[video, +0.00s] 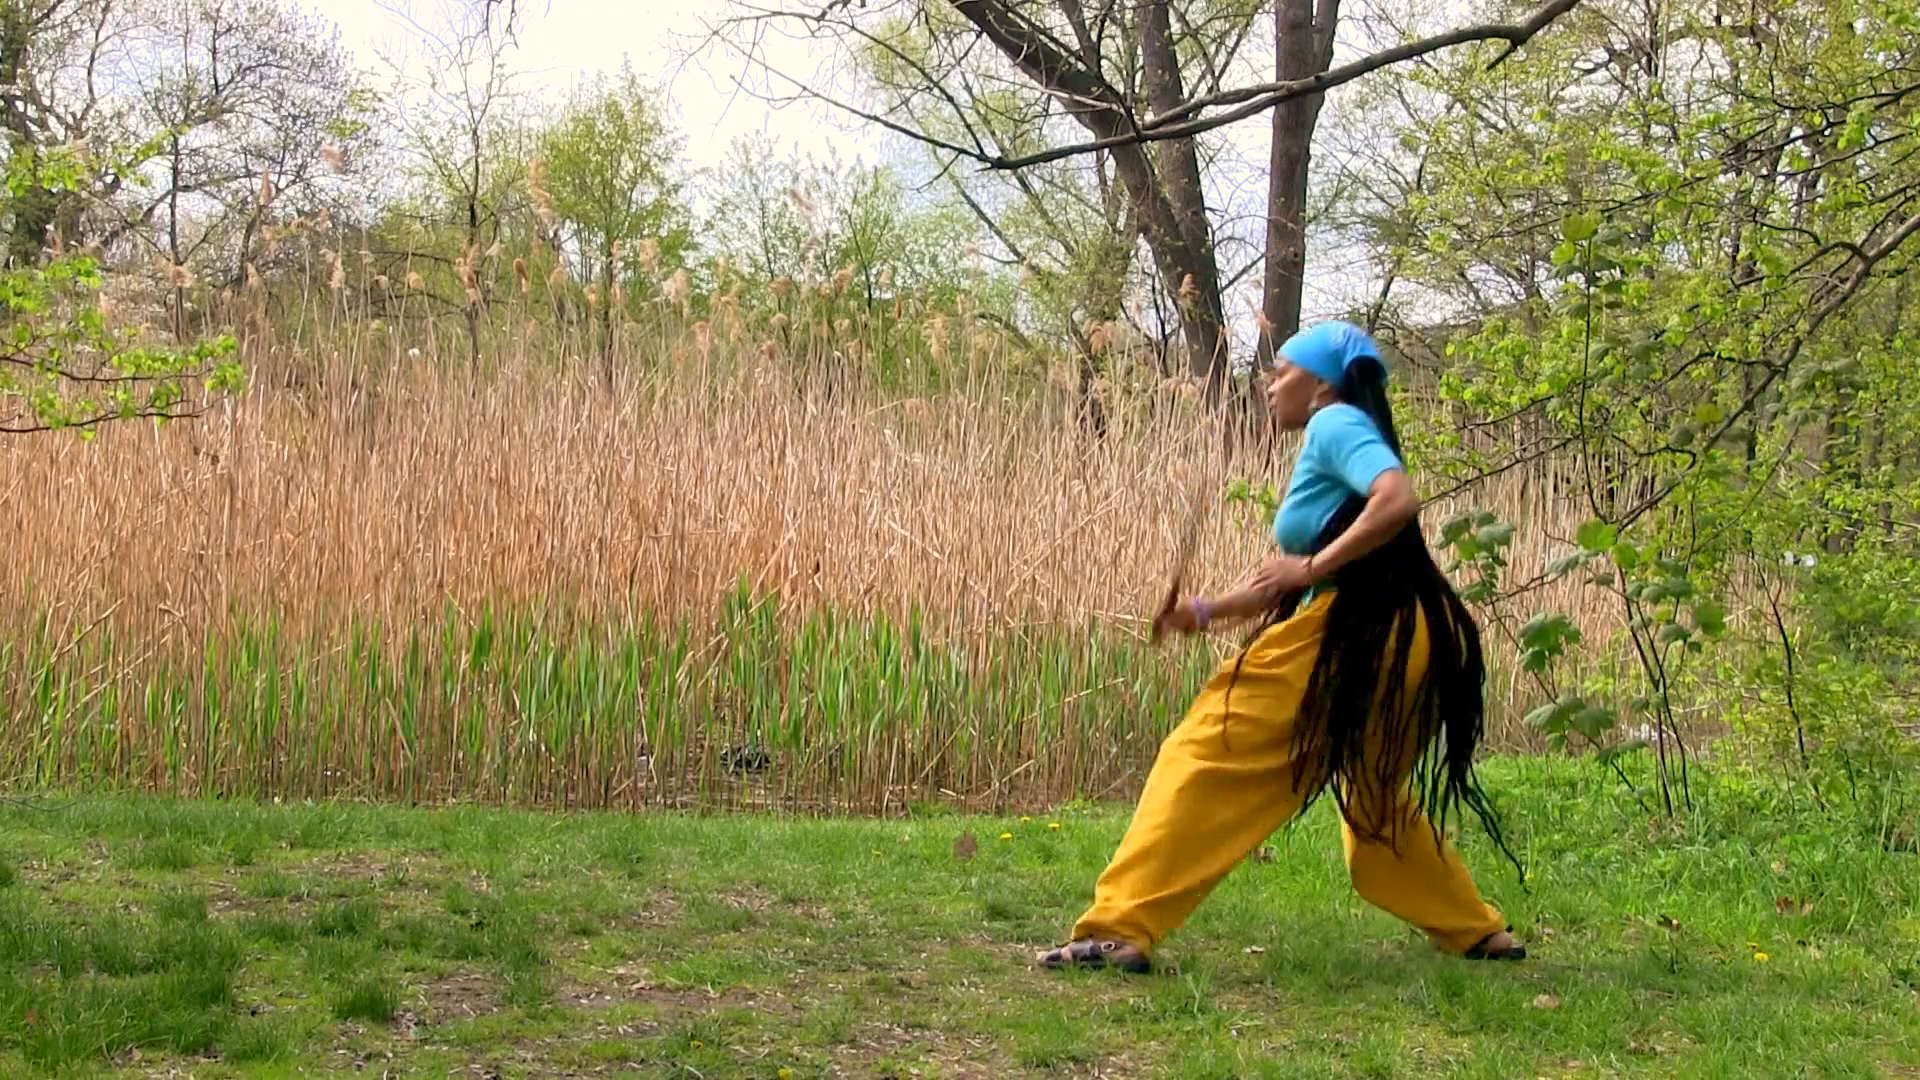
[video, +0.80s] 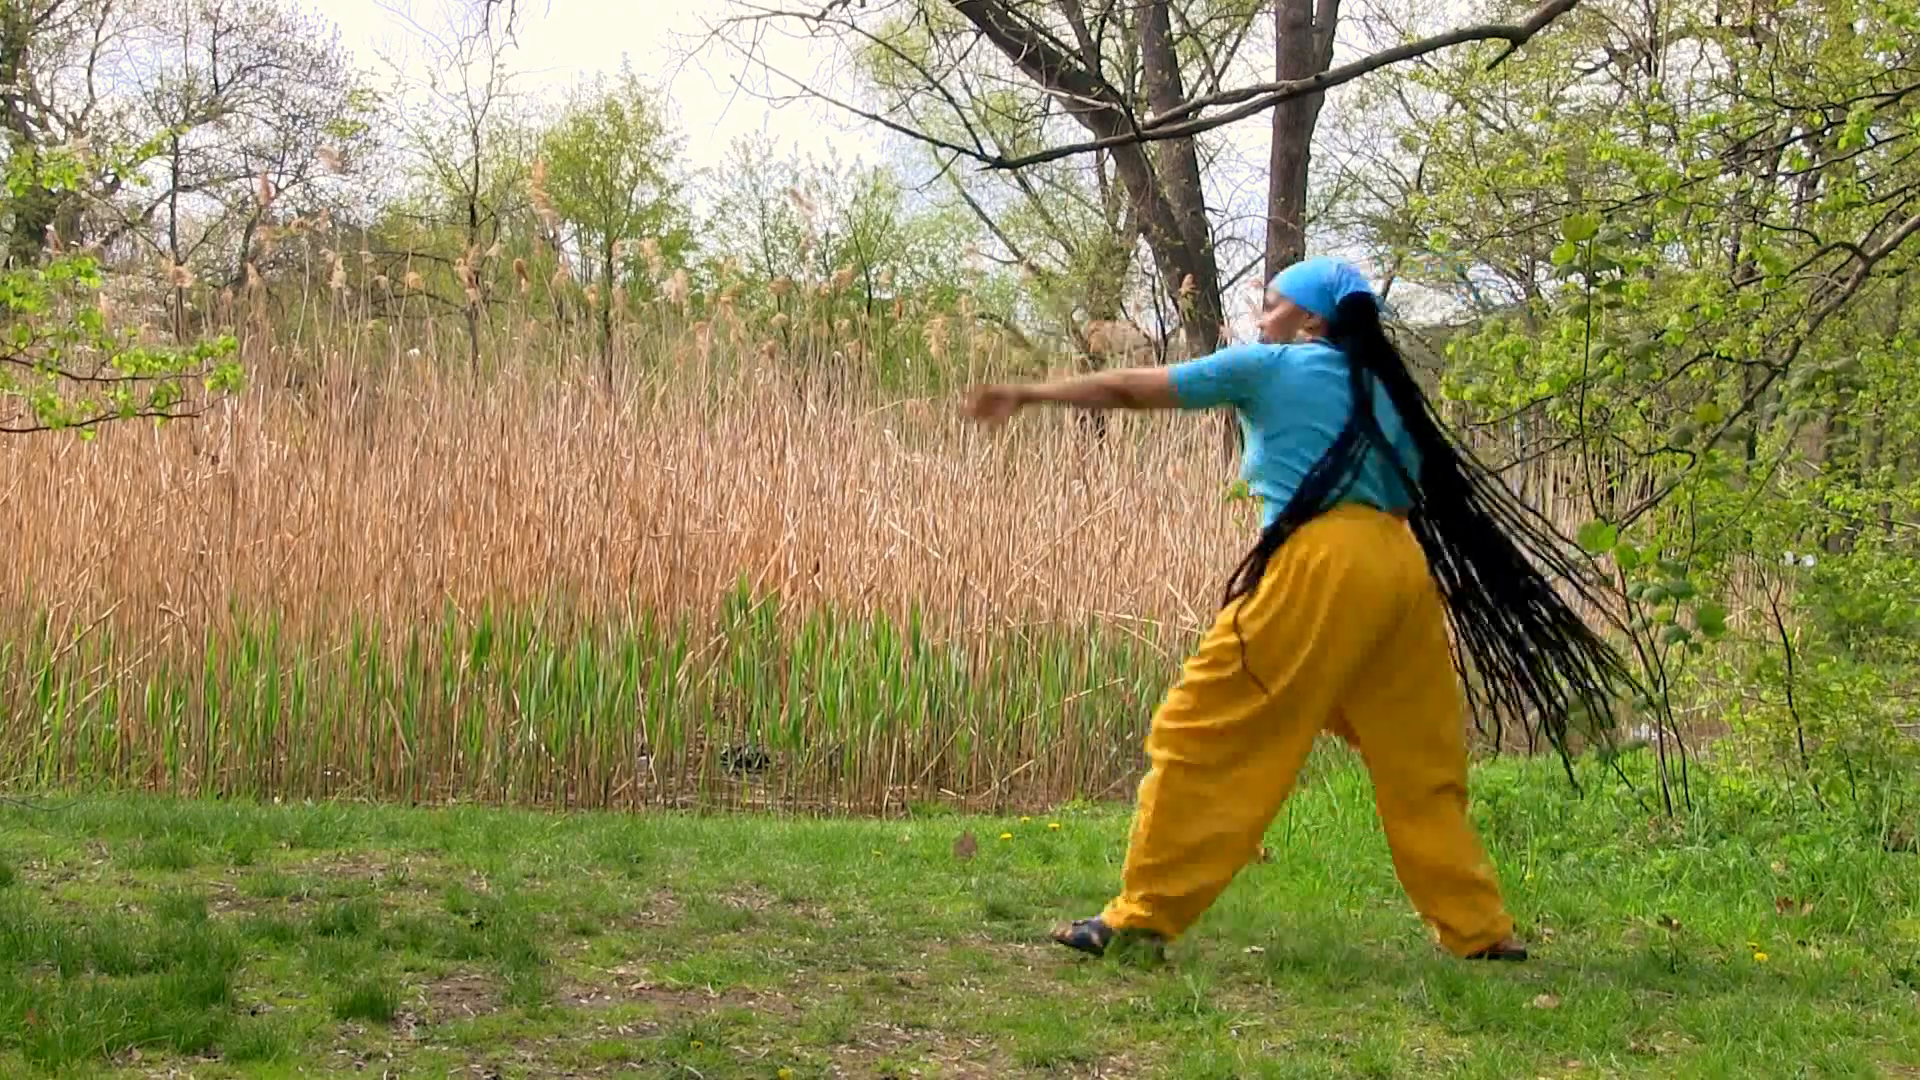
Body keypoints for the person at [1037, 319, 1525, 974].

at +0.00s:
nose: (1271, 384)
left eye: (1282, 372)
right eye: (1275, 371)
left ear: (1320, 383)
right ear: (1324, 384)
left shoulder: (1338, 424)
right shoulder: (1330, 442)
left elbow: (1396, 497)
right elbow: (1294, 577)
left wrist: (1312, 566)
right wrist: (1208, 610)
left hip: (1342, 625)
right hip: (1404, 627)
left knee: (1201, 751)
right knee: (1375, 792)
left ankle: (1118, 930)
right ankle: (1477, 930)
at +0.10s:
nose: (1319, 343)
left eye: (1332, 330)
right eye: (1323, 330)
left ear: (1370, 343)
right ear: (1369, 345)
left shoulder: (1387, 388)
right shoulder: (1362, 414)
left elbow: (1404, 488)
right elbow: (1289, 510)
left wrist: (1319, 506)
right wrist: (1222, 503)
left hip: (1381, 586)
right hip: (1428, 594)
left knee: (1227, 719)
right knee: (1394, 764)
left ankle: (1185, 922)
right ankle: (1477, 930)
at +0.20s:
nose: (1362, 320)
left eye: (1374, 309)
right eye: (1367, 308)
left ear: (1412, 321)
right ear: (1413, 323)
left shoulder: (1417, 375)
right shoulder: (1398, 382)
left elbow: (1329, 458)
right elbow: (1287, 428)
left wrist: (1305, 414)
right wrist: (1216, 411)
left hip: (1397, 569)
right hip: (1448, 579)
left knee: (1259, 729)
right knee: (1408, 764)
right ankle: (1480, 933)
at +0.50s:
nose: (1384, 306)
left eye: (1397, 295)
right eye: (1390, 294)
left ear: (1432, 306)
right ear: (1447, 313)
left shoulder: (1412, 345)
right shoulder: (1440, 375)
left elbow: (1304, 404)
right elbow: (1327, 464)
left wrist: (1349, 381)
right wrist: (1247, 435)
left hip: (1401, 557)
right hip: (1462, 566)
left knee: (1259, 715)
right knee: (1422, 766)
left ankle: (1360, 873)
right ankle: (1484, 934)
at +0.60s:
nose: (1356, 305)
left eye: (1368, 295)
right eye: (1361, 295)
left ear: (1401, 308)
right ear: (1418, 316)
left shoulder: (1379, 343)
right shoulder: (1433, 373)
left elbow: (1256, 367)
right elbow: (1369, 507)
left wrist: (1290, 330)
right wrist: (1265, 542)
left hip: (1394, 544)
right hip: (1462, 559)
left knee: (1241, 708)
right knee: (1427, 767)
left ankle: (1252, 899)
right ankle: (1485, 934)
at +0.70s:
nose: (1310, 308)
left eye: (1321, 298)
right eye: (1315, 296)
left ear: (1355, 310)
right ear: (1377, 315)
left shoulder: (1329, 351)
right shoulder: (1423, 375)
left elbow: (1200, 349)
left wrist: (1104, 322)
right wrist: (1220, 339)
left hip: (1367, 547)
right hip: (1443, 558)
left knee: (1240, 718)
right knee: (1429, 759)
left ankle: (1158, 907)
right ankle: (1481, 932)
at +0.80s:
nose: (1262, 314)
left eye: (1274, 304)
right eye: (1269, 302)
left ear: (1308, 319)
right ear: (1343, 322)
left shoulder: (1268, 365)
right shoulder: (1385, 385)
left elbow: (1137, 388)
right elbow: (1428, 484)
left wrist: (1028, 393)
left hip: (1317, 558)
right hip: (1403, 562)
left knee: (1196, 728)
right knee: (1422, 757)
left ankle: (1140, 914)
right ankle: (1479, 930)